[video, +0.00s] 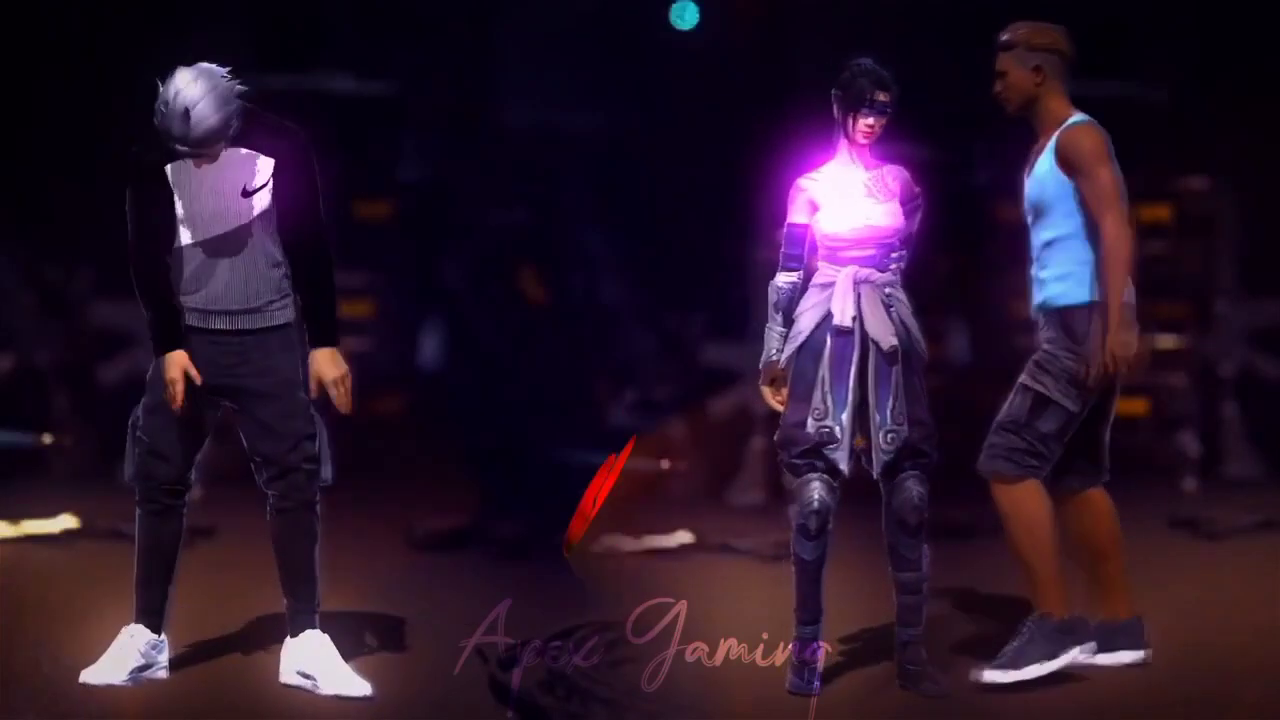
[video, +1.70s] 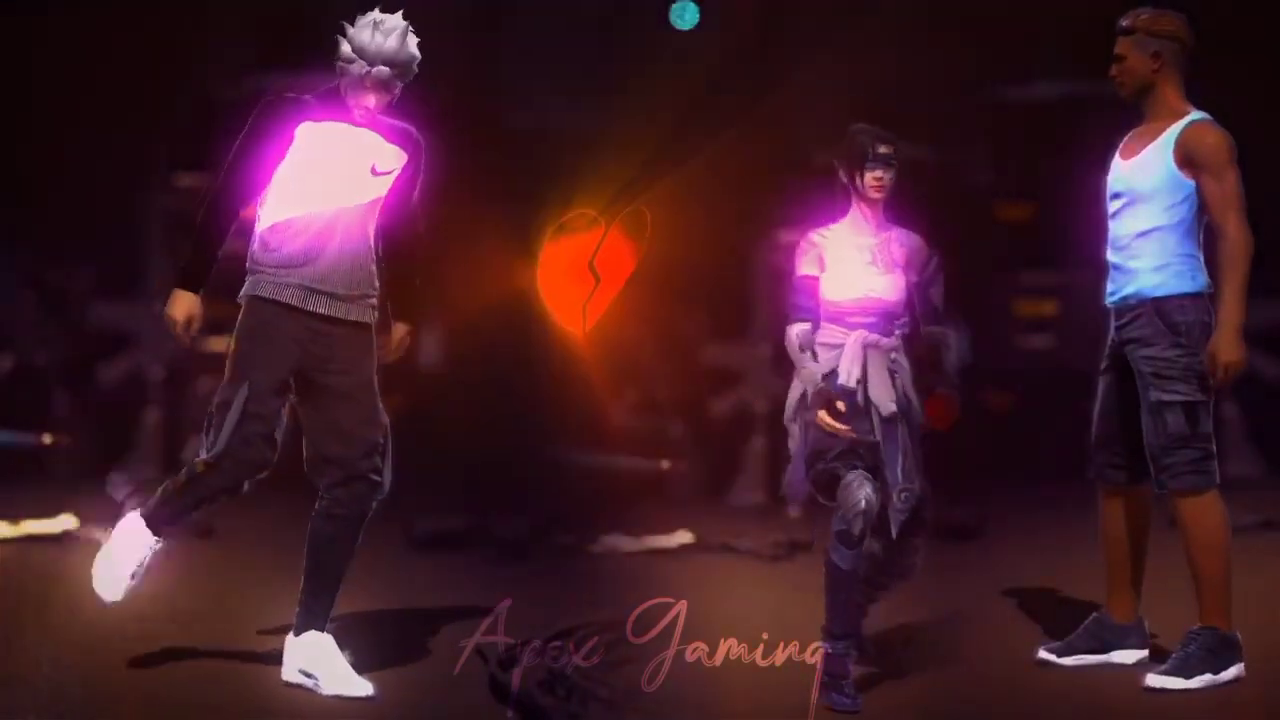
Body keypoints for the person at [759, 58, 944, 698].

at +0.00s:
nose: (872, 123)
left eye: (882, 112)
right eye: (863, 110)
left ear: (892, 118)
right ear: (840, 111)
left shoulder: (903, 185)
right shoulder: (809, 184)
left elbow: (900, 270)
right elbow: (789, 273)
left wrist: (911, 345)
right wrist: (774, 355)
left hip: (891, 342)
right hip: (822, 340)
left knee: (909, 494)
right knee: (815, 499)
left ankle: (912, 647)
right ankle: (808, 639)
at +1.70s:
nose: (882, 176)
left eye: (889, 166)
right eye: (872, 166)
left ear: (896, 174)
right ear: (850, 172)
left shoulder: (912, 245)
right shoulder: (817, 243)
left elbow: (932, 325)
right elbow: (800, 323)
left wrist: (942, 379)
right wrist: (814, 371)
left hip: (894, 384)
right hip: (833, 381)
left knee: (902, 517)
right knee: (860, 500)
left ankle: (851, 615)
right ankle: (838, 651)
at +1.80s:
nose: (893, 199)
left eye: (897, 190)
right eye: (882, 189)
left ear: (900, 197)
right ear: (853, 194)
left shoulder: (910, 270)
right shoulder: (825, 265)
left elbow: (917, 351)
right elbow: (814, 350)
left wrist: (908, 407)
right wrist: (869, 410)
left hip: (889, 408)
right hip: (831, 397)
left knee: (866, 559)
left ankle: (780, 610)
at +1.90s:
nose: (894, 205)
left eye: (898, 195)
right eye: (883, 195)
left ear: (901, 202)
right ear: (853, 200)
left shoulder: (907, 275)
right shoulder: (826, 267)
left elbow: (911, 356)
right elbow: (814, 352)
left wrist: (906, 408)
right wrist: (870, 415)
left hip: (885, 406)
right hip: (828, 393)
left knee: (867, 558)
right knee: (837, 424)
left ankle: (771, 608)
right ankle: (877, 470)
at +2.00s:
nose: (890, 218)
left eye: (890, 210)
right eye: (879, 210)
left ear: (876, 218)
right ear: (848, 216)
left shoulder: (888, 288)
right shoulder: (827, 282)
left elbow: (893, 366)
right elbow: (824, 367)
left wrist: (931, 406)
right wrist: (894, 409)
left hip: (873, 416)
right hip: (825, 412)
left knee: (851, 576)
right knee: (872, 451)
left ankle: (732, 607)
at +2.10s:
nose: (883, 230)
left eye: (882, 222)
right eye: (873, 222)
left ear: (855, 231)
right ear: (842, 230)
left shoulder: (869, 298)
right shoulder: (823, 298)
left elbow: (876, 376)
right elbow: (830, 379)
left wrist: (925, 409)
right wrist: (894, 409)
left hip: (854, 429)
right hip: (817, 430)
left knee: (838, 586)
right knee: (933, 488)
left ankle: (707, 606)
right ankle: (917, 651)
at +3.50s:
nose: (830, 287)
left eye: (825, 279)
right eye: (822, 280)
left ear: (799, 292)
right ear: (804, 288)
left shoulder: (790, 350)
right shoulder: (810, 349)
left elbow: (843, 427)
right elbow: (852, 432)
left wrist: (893, 398)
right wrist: (909, 402)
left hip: (789, 483)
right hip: (814, 485)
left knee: (792, 627)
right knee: (942, 497)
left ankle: (677, 625)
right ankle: (923, 640)